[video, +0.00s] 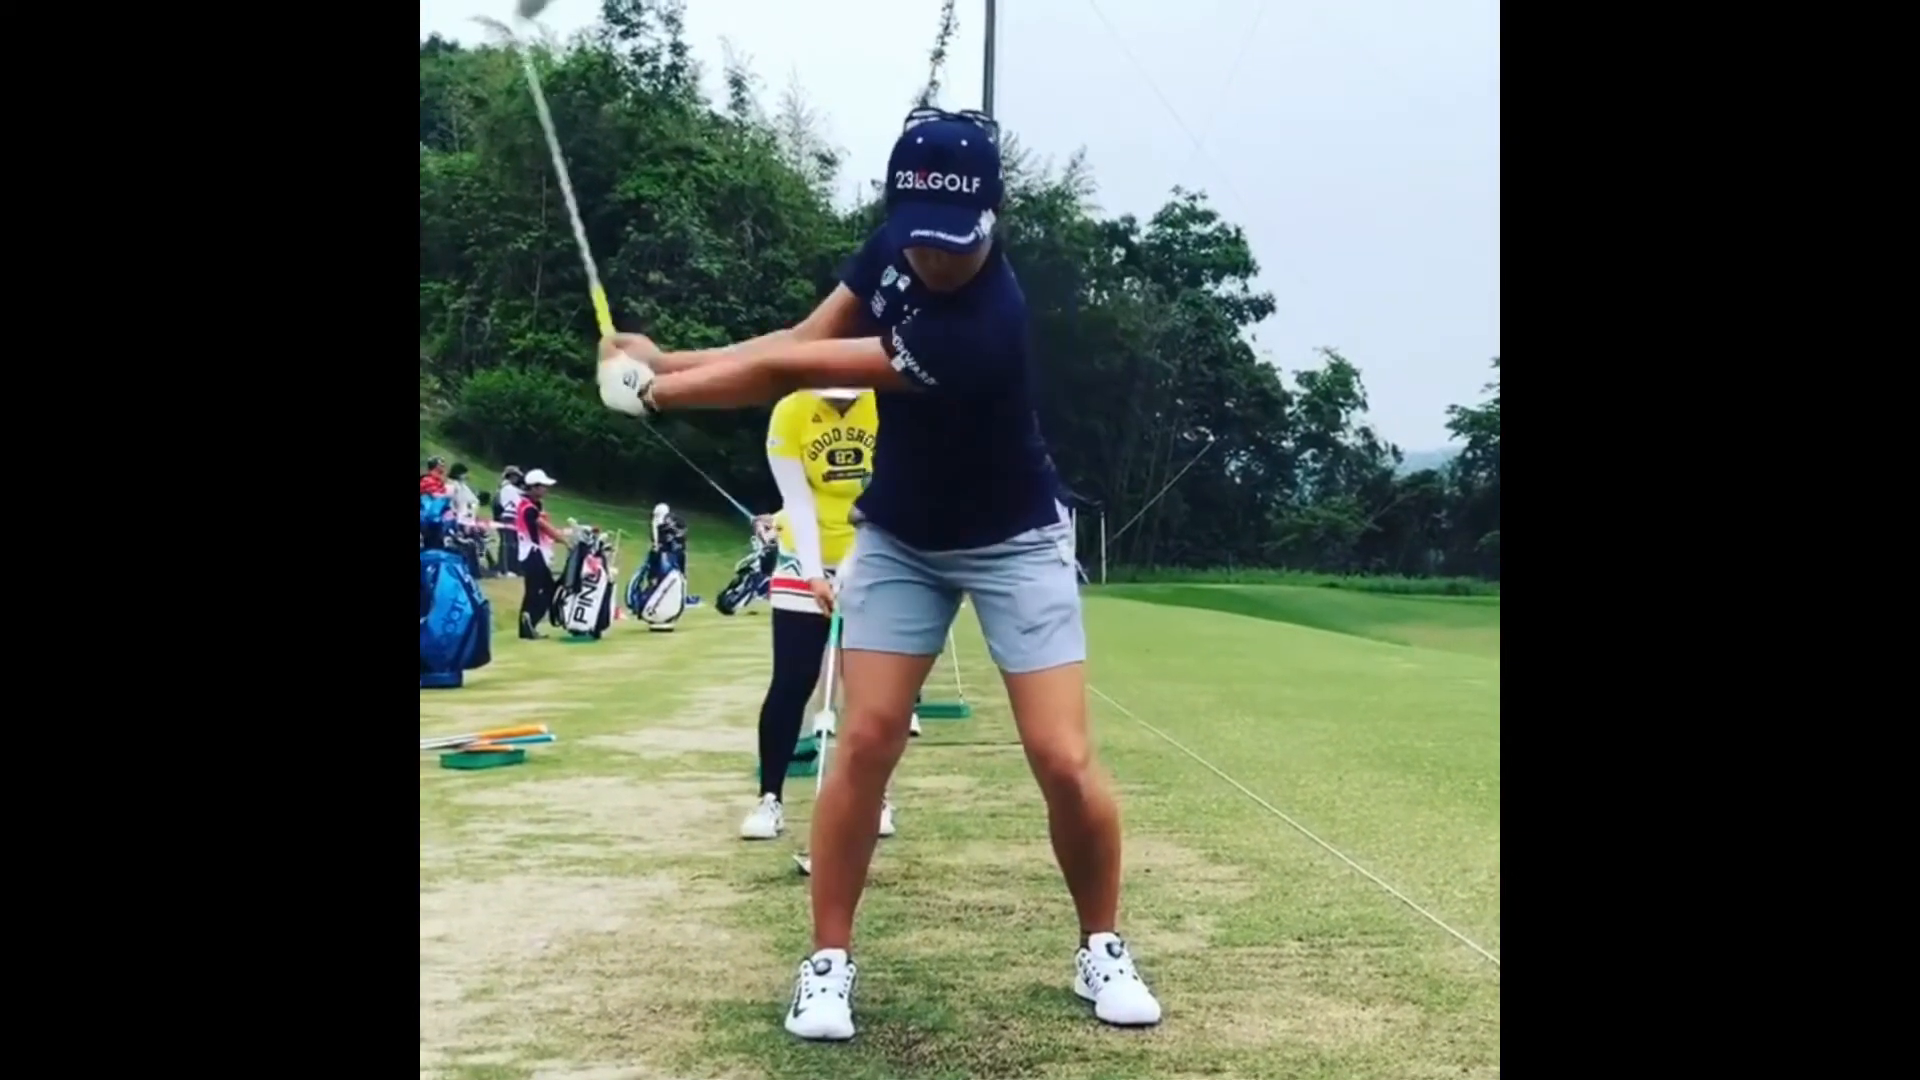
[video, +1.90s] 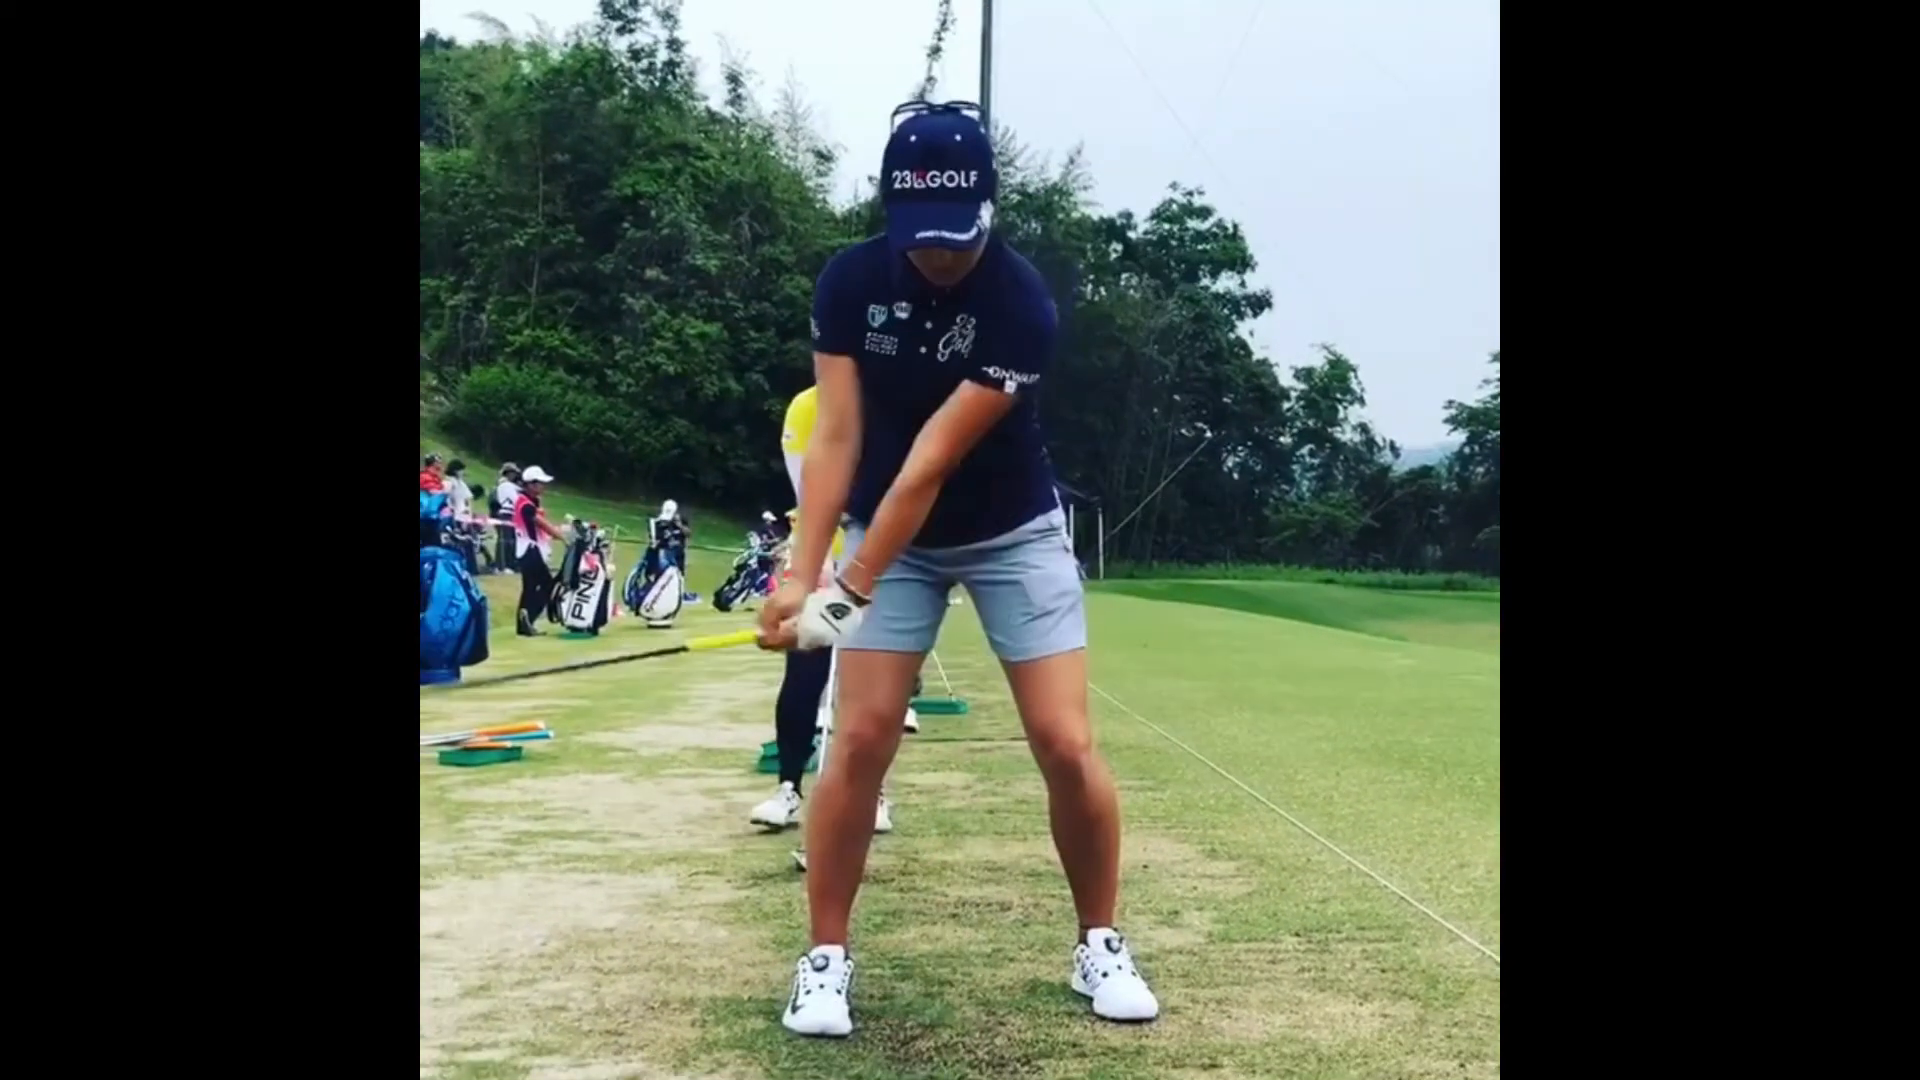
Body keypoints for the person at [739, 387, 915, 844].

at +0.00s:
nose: (841, 380)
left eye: (850, 364)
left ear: (869, 359)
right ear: (815, 360)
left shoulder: (887, 404)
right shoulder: (791, 413)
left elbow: (897, 487)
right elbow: (797, 501)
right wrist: (813, 571)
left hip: (871, 556)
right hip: (804, 560)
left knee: (878, 689)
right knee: (792, 682)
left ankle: (875, 791)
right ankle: (770, 797)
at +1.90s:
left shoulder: (899, 410)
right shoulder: (806, 408)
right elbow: (809, 502)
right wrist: (816, 569)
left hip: (887, 546)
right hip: (826, 549)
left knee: (877, 682)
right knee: (805, 668)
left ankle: (872, 787)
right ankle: (789, 786)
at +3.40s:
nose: (799, 421)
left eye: (810, 411)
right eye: (790, 409)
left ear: (831, 394)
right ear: (774, 393)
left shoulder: (861, 431)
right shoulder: (753, 442)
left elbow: (844, 513)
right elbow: (765, 527)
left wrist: (808, 582)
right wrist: (774, 595)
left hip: (835, 580)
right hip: (764, 578)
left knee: (838, 697)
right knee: (746, 696)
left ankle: (852, 814)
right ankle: (714, 815)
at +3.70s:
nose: (789, 426)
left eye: (800, 415)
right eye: (780, 414)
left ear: (819, 398)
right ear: (764, 397)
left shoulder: (849, 435)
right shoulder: (741, 445)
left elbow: (833, 517)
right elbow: (755, 529)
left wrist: (797, 588)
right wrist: (770, 598)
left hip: (823, 587)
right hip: (750, 586)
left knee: (830, 702)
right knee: (736, 702)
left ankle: (849, 816)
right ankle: (710, 820)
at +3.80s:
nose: (848, 356)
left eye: (858, 347)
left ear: (880, 344)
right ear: (829, 346)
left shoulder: (895, 400)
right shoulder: (808, 402)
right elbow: (809, 492)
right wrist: (828, 555)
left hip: (874, 564)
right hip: (813, 564)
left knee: (874, 691)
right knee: (816, 681)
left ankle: (868, 785)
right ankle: (811, 788)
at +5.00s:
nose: (811, 408)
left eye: (822, 397)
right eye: (801, 396)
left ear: (842, 383)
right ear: (785, 381)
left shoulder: (872, 420)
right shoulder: (763, 431)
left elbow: (863, 506)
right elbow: (773, 518)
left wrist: (825, 575)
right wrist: (784, 584)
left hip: (850, 574)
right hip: (776, 573)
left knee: (852, 693)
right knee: (761, 691)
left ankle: (868, 807)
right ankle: (735, 809)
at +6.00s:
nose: (845, 363)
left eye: (854, 355)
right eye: (838, 354)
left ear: (877, 353)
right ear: (829, 354)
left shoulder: (891, 401)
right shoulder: (809, 406)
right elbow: (811, 495)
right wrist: (827, 563)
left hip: (873, 556)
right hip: (814, 553)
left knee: (867, 678)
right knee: (811, 671)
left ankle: (870, 785)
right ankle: (807, 778)